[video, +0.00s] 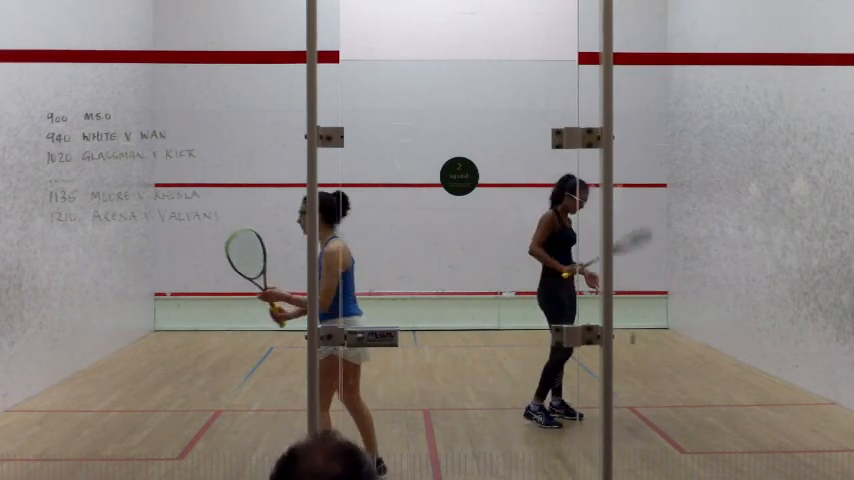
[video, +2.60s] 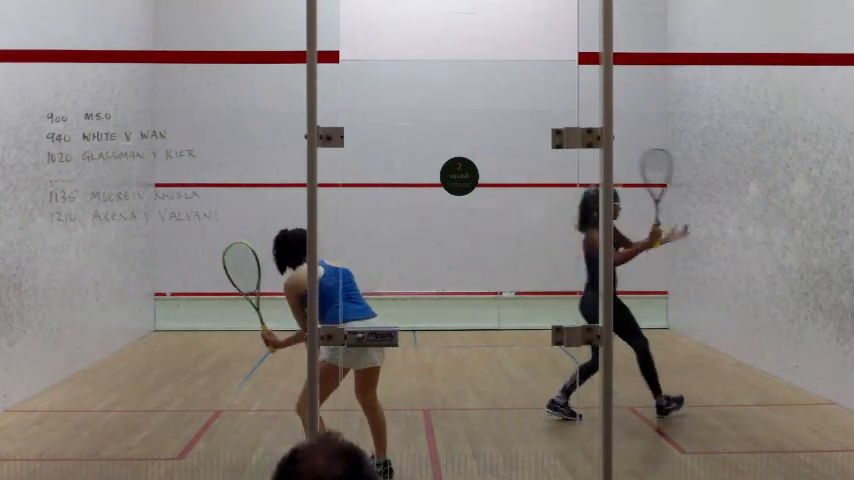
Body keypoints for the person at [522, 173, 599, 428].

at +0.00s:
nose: (581, 205)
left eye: (583, 201)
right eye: (580, 200)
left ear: (571, 198)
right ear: (566, 196)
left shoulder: (565, 220)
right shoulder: (549, 218)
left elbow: (563, 257)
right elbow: (534, 249)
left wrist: (585, 273)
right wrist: (560, 268)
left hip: (565, 290)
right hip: (552, 291)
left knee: (562, 347)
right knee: (564, 348)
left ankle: (557, 401)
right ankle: (536, 404)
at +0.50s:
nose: (573, 200)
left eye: (575, 196)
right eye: (570, 195)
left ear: (572, 197)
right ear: (557, 194)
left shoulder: (566, 221)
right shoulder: (543, 219)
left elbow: (563, 258)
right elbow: (522, 252)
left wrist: (587, 262)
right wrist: (530, 284)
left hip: (562, 291)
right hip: (546, 291)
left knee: (560, 347)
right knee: (548, 349)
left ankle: (557, 402)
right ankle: (532, 409)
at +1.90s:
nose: (578, 203)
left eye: (579, 199)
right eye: (576, 198)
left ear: (568, 198)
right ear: (564, 197)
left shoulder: (560, 221)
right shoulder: (546, 221)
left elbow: (555, 258)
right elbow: (531, 255)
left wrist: (579, 269)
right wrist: (560, 278)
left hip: (552, 292)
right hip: (540, 293)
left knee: (574, 343)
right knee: (548, 349)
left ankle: (559, 401)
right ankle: (532, 410)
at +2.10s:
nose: (582, 203)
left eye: (582, 198)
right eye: (579, 198)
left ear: (567, 198)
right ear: (567, 198)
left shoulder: (563, 224)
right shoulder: (558, 225)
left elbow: (560, 260)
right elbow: (555, 262)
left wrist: (586, 267)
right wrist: (585, 268)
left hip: (560, 295)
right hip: (554, 296)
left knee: (578, 347)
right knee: (558, 350)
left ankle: (556, 402)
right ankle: (533, 409)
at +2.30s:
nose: (592, 208)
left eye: (592, 203)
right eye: (589, 203)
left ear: (572, 205)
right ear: (577, 204)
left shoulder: (565, 231)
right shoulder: (571, 231)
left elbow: (578, 271)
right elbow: (584, 265)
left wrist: (604, 285)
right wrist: (615, 252)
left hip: (565, 300)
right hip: (571, 301)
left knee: (586, 354)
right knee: (593, 359)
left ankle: (561, 402)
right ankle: (560, 394)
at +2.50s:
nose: (599, 213)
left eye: (599, 208)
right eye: (595, 208)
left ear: (589, 210)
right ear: (586, 209)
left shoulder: (589, 232)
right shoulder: (583, 232)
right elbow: (607, 259)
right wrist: (635, 240)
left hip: (583, 302)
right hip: (590, 302)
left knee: (591, 358)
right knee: (632, 341)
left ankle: (557, 403)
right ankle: (644, 400)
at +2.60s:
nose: (618, 206)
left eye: (617, 202)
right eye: (614, 202)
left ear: (599, 209)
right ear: (600, 207)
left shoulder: (609, 229)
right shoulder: (594, 236)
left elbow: (632, 247)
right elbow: (615, 259)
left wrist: (661, 239)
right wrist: (647, 242)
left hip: (596, 302)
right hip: (602, 303)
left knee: (596, 361)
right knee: (640, 345)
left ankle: (560, 400)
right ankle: (661, 400)